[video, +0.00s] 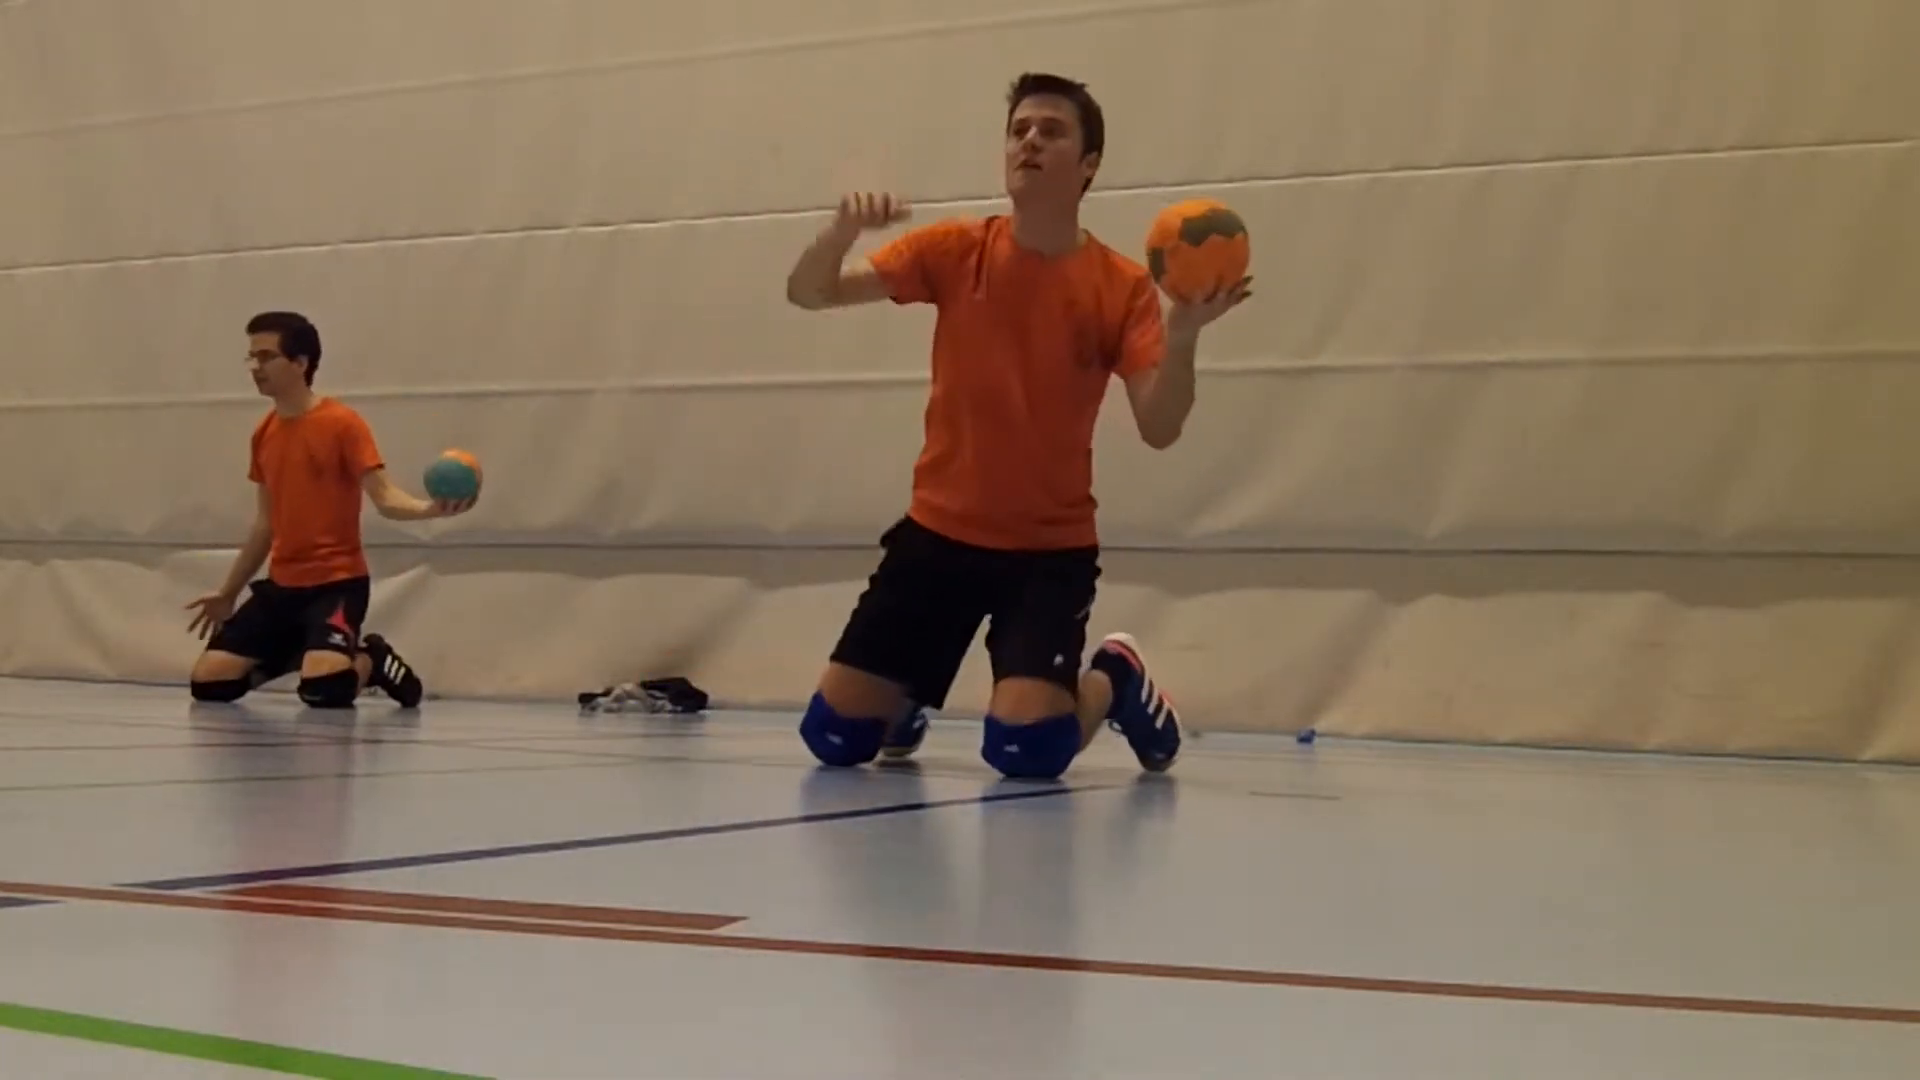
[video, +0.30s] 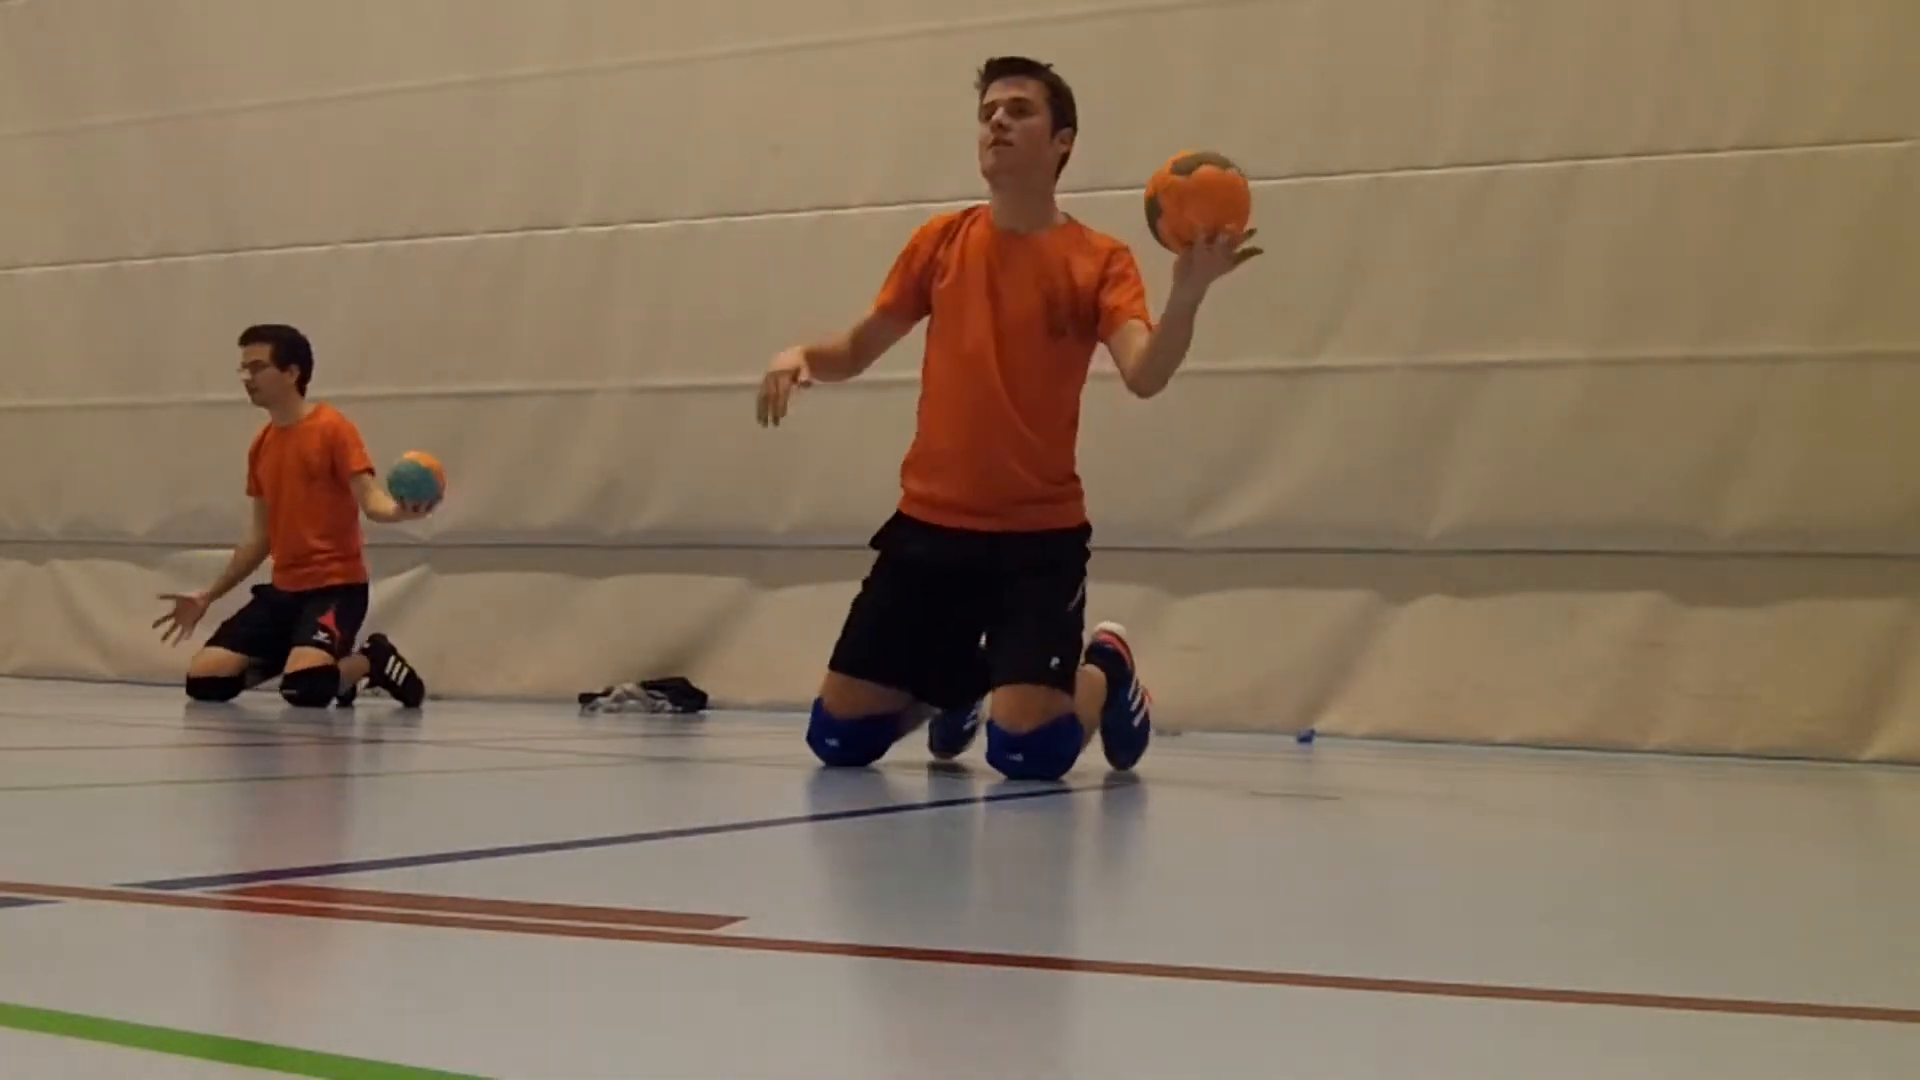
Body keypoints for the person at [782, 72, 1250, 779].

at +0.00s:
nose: (1027, 141)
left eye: (1051, 131)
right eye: (1017, 131)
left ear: (1088, 167)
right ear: (1002, 155)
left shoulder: (1122, 289)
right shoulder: (957, 251)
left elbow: (1159, 429)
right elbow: (809, 290)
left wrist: (1183, 335)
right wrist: (840, 233)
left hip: (1050, 547)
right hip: (939, 532)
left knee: (1022, 753)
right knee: (834, 736)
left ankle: (1116, 681)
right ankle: (905, 707)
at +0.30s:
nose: (997, 123)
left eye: (1019, 110)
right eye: (987, 114)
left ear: (1061, 143)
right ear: (976, 143)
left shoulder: (1099, 260)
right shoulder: (942, 242)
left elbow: (1145, 374)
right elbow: (856, 350)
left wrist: (1190, 288)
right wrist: (802, 358)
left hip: (1039, 533)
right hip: (929, 525)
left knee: (1025, 757)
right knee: (837, 740)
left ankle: (1107, 669)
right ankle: (962, 677)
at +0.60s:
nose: (970, 163)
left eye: (992, 152)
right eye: (961, 153)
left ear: (1033, 181)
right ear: (948, 177)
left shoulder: (1064, 292)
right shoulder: (919, 278)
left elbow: (1079, 427)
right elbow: (830, 383)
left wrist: (1103, 349)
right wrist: (765, 392)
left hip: (1036, 562)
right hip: (929, 554)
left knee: (1013, 751)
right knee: (830, 740)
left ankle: (1105, 669)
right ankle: (952, 677)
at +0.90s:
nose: (981, 238)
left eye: (1003, 225)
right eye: (972, 226)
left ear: (1044, 251)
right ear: (960, 245)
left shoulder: (1073, 351)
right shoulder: (931, 341)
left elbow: (1064, 503)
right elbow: (847, 436)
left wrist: (1056, 424)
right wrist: (778, 465)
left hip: (1050, 600)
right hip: (946, 597)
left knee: (1019, 749)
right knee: (808, 733)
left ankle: (1116, 681)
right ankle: (939, 689)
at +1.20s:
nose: (904, 223)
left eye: (926, 209)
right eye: (898, 212)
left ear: (972, 234)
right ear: (892, 232)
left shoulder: (1015, 337)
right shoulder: (870, 339)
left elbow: (1046, 463)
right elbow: (760, 428)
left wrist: (1046, 383)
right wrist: (696, 391)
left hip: (1009, 595)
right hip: (903, 595)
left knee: (1035, 754)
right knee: (749, 723)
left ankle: (1090, 688)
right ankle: (924, 677)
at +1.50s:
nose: (739, 185)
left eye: (756, 170)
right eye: (737, 171)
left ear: (809, 183)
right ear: (743, 184)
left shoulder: (868, 282)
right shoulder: (729, 287)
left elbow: (924, 384)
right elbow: (698, 411)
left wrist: (950, 318)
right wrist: (635, 451)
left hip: (875, 536)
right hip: (777, 546)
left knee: (952, 726)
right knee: (672, 727)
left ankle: (1107, 701)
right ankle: (852, 685)